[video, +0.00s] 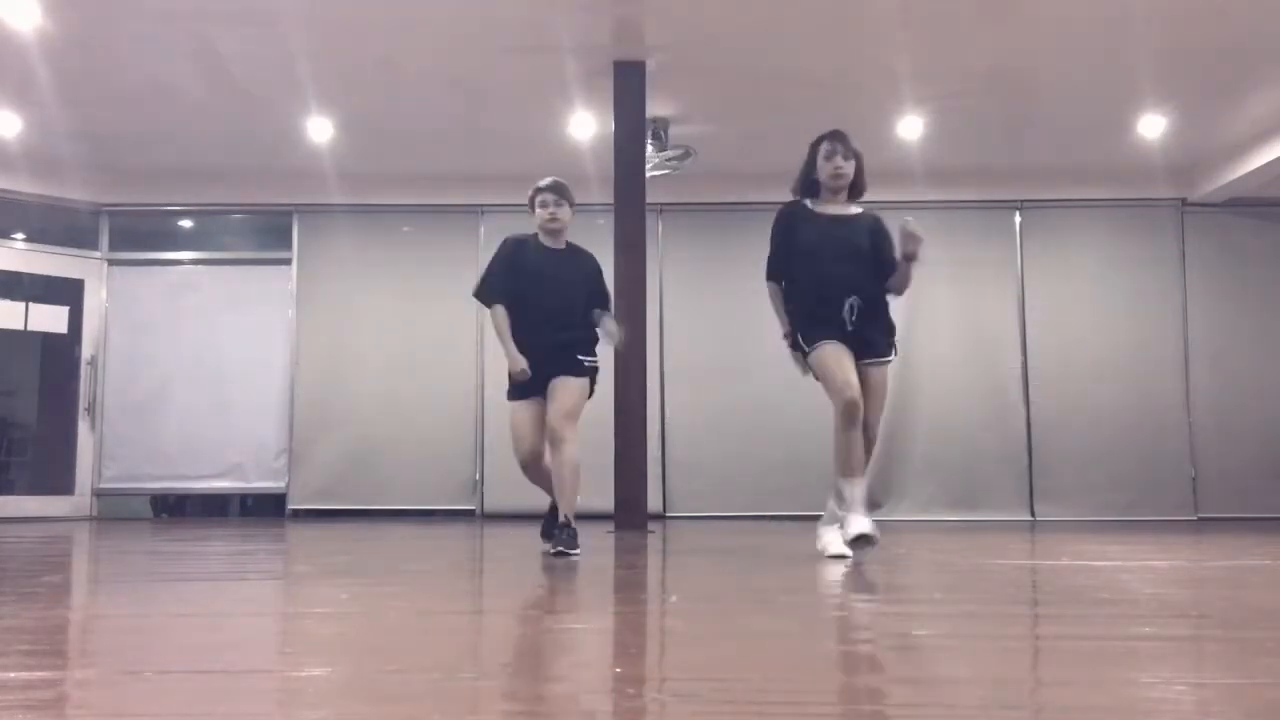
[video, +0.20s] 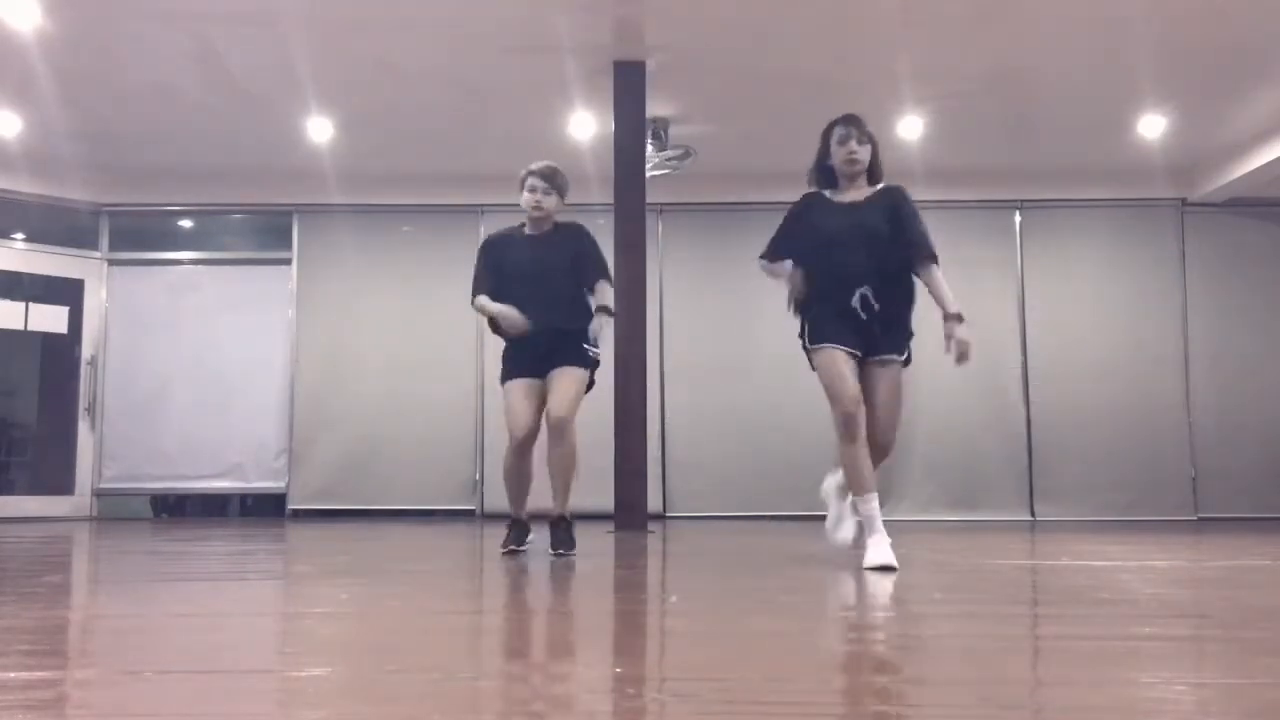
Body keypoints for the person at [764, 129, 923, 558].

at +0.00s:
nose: (838, 163)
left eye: (845, 157)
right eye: (829, 156)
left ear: (856, 167)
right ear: (814, 166)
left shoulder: (871, 222)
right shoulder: (793, 217)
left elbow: (894, 287)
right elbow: (774, 278)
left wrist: (907, 260)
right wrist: (787, 326)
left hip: (871, 326)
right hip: (818, 325)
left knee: (867, 428)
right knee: (850, 399)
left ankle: (832, 523)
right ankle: (856, 511)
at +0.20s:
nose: (853, 148)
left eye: (860, 141)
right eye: (843, 142)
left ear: (873, 150)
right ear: (827, 153)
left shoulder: (893, 199)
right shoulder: (810, 207)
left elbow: (924, 262)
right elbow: (770, 260)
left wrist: (952, 314)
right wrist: (792, 274)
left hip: (886, 326)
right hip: (828, 325)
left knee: (883, 440)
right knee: (850, 414)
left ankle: (840, 488)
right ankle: (874, 533)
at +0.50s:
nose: (872, 122)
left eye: (877, 113)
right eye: (859, 119)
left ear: (891, 120)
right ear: (843, 134)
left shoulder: (911, 182)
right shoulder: (840, 180)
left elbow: (927, 241)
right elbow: (835, 233)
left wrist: (926, 262)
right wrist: (877, 187)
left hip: (901, 286)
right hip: (844, 294)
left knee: (888, 383)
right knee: (863, 415)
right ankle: (898, 530)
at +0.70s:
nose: (893, 139)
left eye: (903, 134)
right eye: (888, 128)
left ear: (910, 143)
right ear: (870, 121)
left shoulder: (905, 197)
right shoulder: (841, 168)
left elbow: (912, 273)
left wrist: (932, 261)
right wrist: (912, 122)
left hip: (918, 304)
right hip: (861, 307)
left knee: (930, 406)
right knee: (895, 403)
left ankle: (910, 537)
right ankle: (881, 475)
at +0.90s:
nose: (892, 78)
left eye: (902, 71)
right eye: (883, 68)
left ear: (914, 81)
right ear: (862, 74)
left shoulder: (922, 143)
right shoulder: (835, 133)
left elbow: (935, 225)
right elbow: (804, 206)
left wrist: (950, 177)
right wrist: (840, 148)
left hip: (908, 272)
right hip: (846, 267)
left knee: (951, 383)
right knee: (854, 352)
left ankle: (945, 520)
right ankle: (793, 446)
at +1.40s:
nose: (864, 107)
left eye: (873, 99)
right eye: (853, 99)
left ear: (887, 108)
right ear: (836, 110)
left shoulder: (910, 155)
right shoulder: (824, 183)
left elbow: (938, 232)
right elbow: (802, 259)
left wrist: (916, 298)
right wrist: (821, 233)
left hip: (891, 308)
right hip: (825, 306)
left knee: (957, 420)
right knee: (789, 413)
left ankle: (985, 544)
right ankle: (749, 539)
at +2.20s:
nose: (917, 118)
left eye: (919, 109)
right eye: (911, 106)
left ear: (909, 115)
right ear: (882, 106)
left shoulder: (913, 169)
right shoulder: (821, 153)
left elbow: (932, 232)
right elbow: (803, 231)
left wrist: (929, 167)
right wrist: (842, 292)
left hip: (916, 298)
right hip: (849, 300)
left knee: (950, 412)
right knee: (783, 395)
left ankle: (986, 542)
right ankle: (757, 531)